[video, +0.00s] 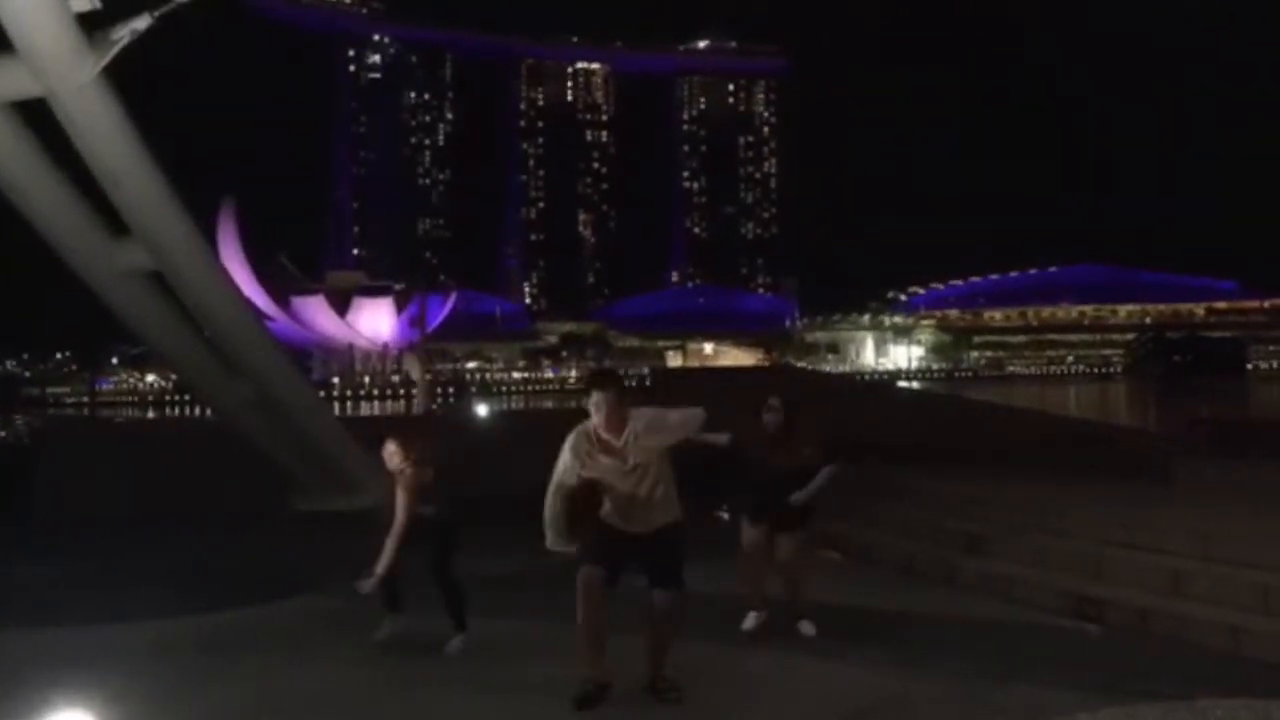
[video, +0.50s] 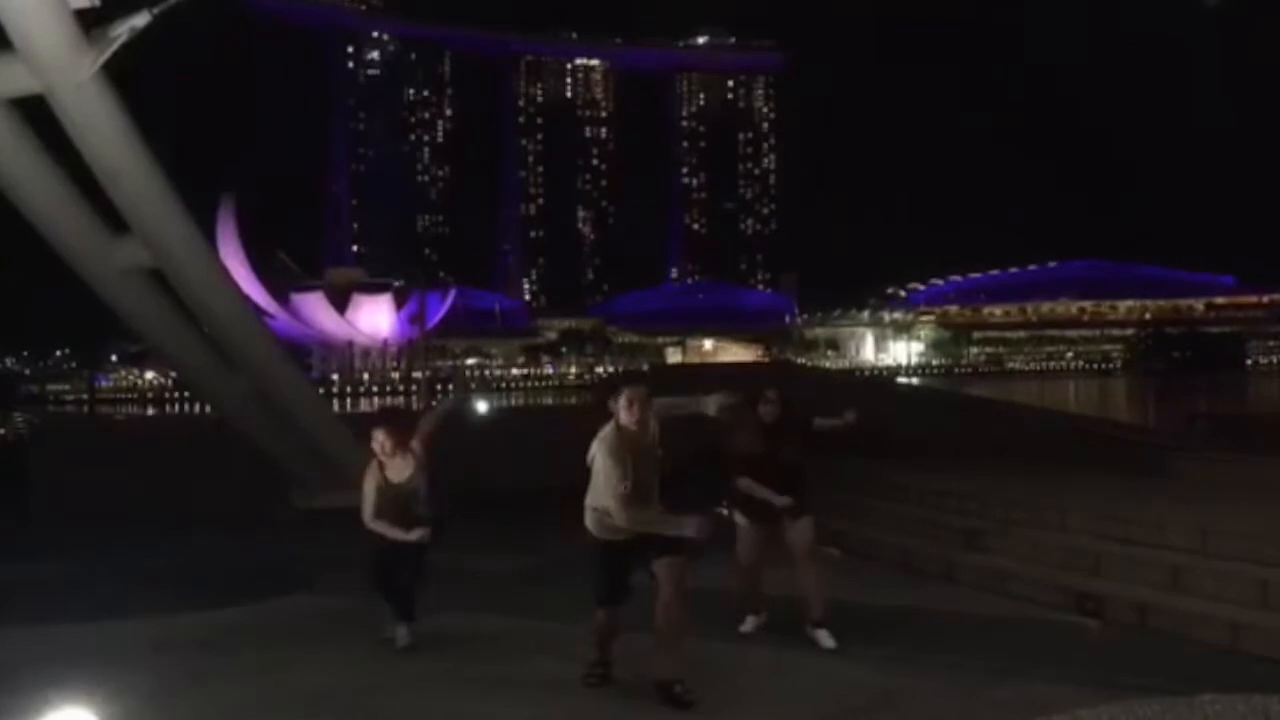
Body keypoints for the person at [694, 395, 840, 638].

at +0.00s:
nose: (769, 417)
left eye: (775, 412)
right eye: (767, 411)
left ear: (787, 416)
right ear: (760, 414)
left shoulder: (797, 445)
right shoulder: (750, 441)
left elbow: (827, 468)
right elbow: (722, 439)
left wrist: (807, 493)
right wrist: (690, 436)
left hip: (789, 508)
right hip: (755, 506)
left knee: (789, 560)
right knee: (751, 554)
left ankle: (799, 614)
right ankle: (756, 608)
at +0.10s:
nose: (767, 416)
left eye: (773, 411)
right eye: (764, 411)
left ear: (783, 415)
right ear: (757, 414)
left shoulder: (794, 445)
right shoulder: (750, 443)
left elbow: (824, 464)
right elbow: (727, 467)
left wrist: (822, 488)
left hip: (784, 513)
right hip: (750, 512)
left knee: (781, 566)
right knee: (749, 565)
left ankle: (801, 615)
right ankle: (758, 616)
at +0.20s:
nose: (764, 417)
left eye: (770, 411)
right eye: (761, 411)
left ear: (781, 415)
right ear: (756, 414)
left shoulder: (791, 444)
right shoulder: (747, 443)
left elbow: (822, 464)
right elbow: (732, 483)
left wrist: (825, 496)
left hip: (780, 511)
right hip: (746, 510)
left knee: (772, 564)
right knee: (743, 563)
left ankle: (799, 613)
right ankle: (758, 615)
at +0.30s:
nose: (762, 417)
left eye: (768, 412)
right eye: (761, 412)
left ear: (781, 417)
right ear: (755, 415)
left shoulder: (790, 445)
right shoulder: (746, 445)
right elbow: (730, 484)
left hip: (780, 514)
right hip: (746, 513)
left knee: (781, 564)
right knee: (748, 566)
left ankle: (793, 612)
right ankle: (758, 615)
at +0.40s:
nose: (765, 414)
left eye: (770, 409)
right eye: (761, 408)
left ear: (780, 412)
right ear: (753, 411)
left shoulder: (791, 433)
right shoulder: (745, 437)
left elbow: (822, 437)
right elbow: (737, 478)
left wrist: (852, 442)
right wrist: (774, 493)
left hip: (788, 503)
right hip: (751, 505)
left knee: (796, 560)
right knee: (748, 561)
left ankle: (798, 615)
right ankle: (756, 614)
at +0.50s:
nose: (768, 409)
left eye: (773, 404)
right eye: (764, 404)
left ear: (781, 407)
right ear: (756, 406)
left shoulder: (792, 426)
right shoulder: (746, 433)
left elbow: (817, 424)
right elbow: (739, 479)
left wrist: (843, 423)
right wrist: (774, 498)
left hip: (792, 502)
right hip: (752, 504)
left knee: (806, 561)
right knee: (747, 562)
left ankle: (816, 622)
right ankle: (754, 612)